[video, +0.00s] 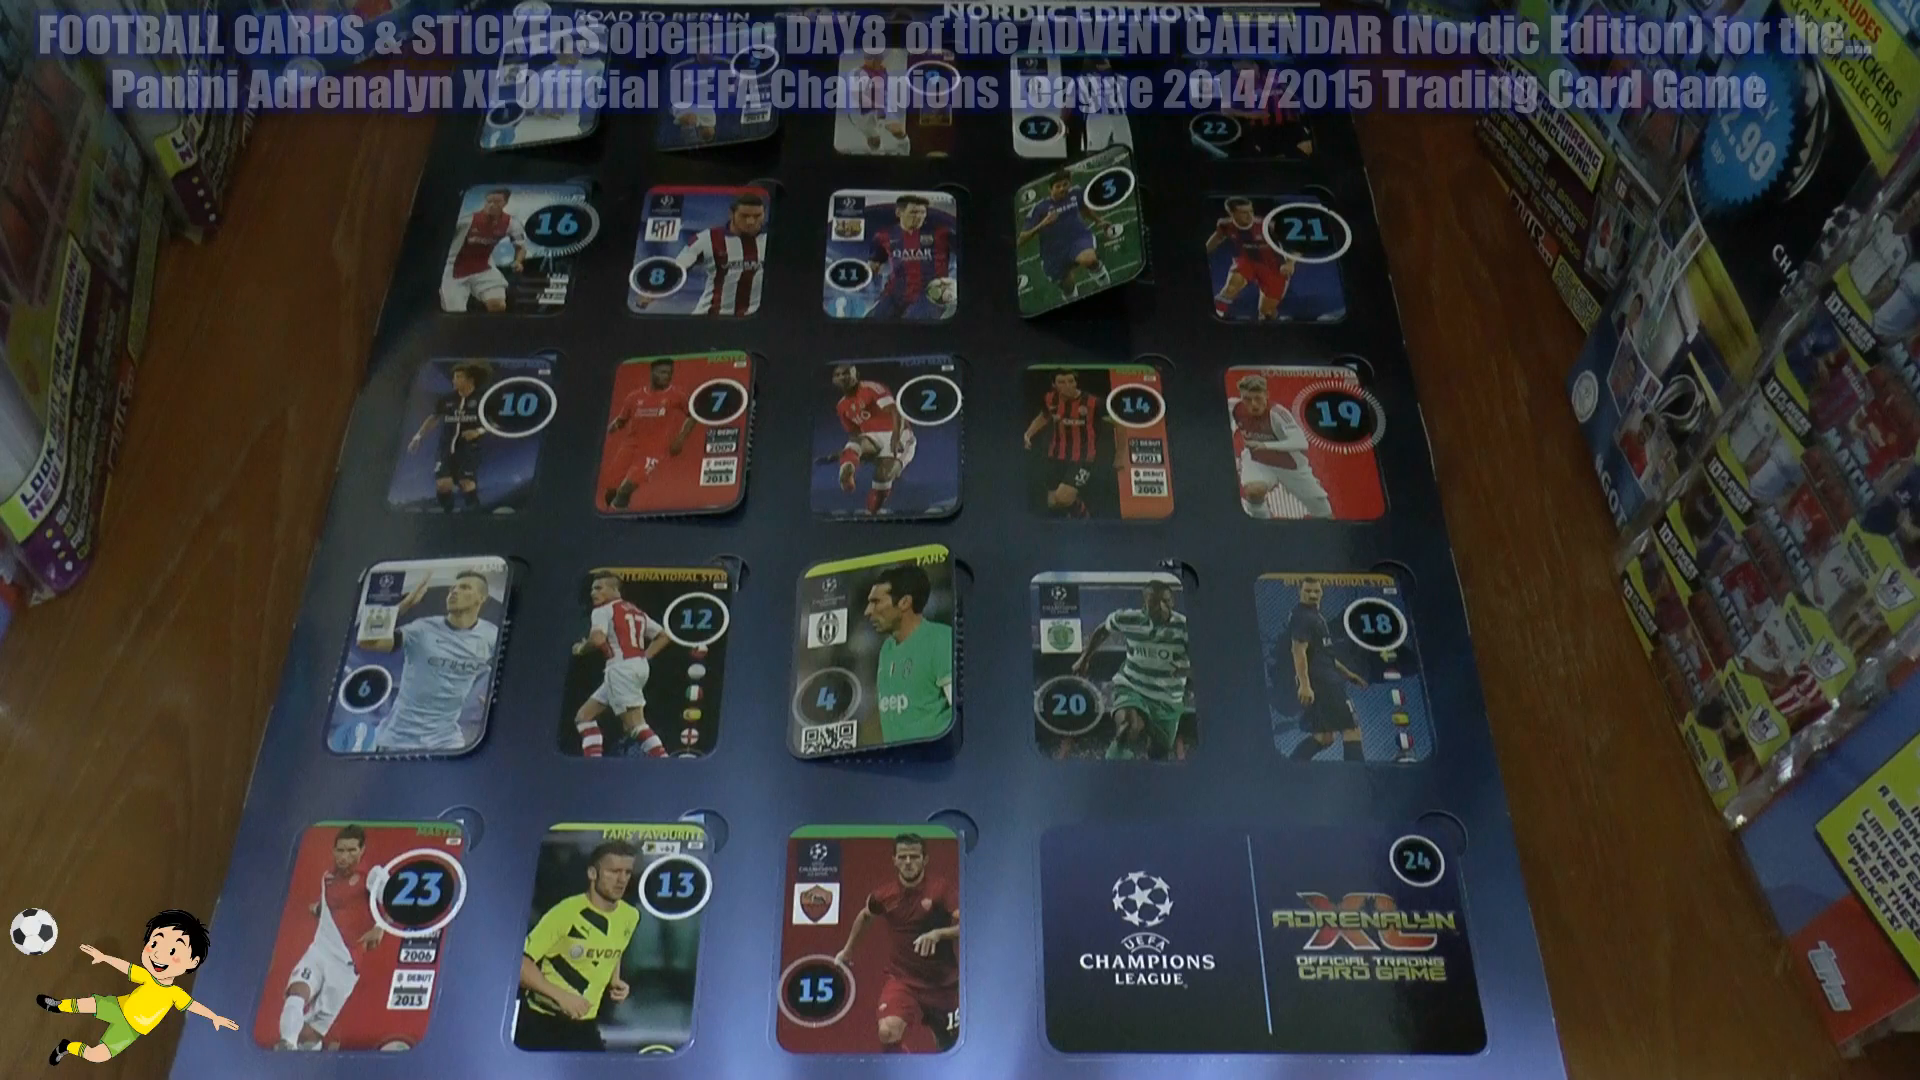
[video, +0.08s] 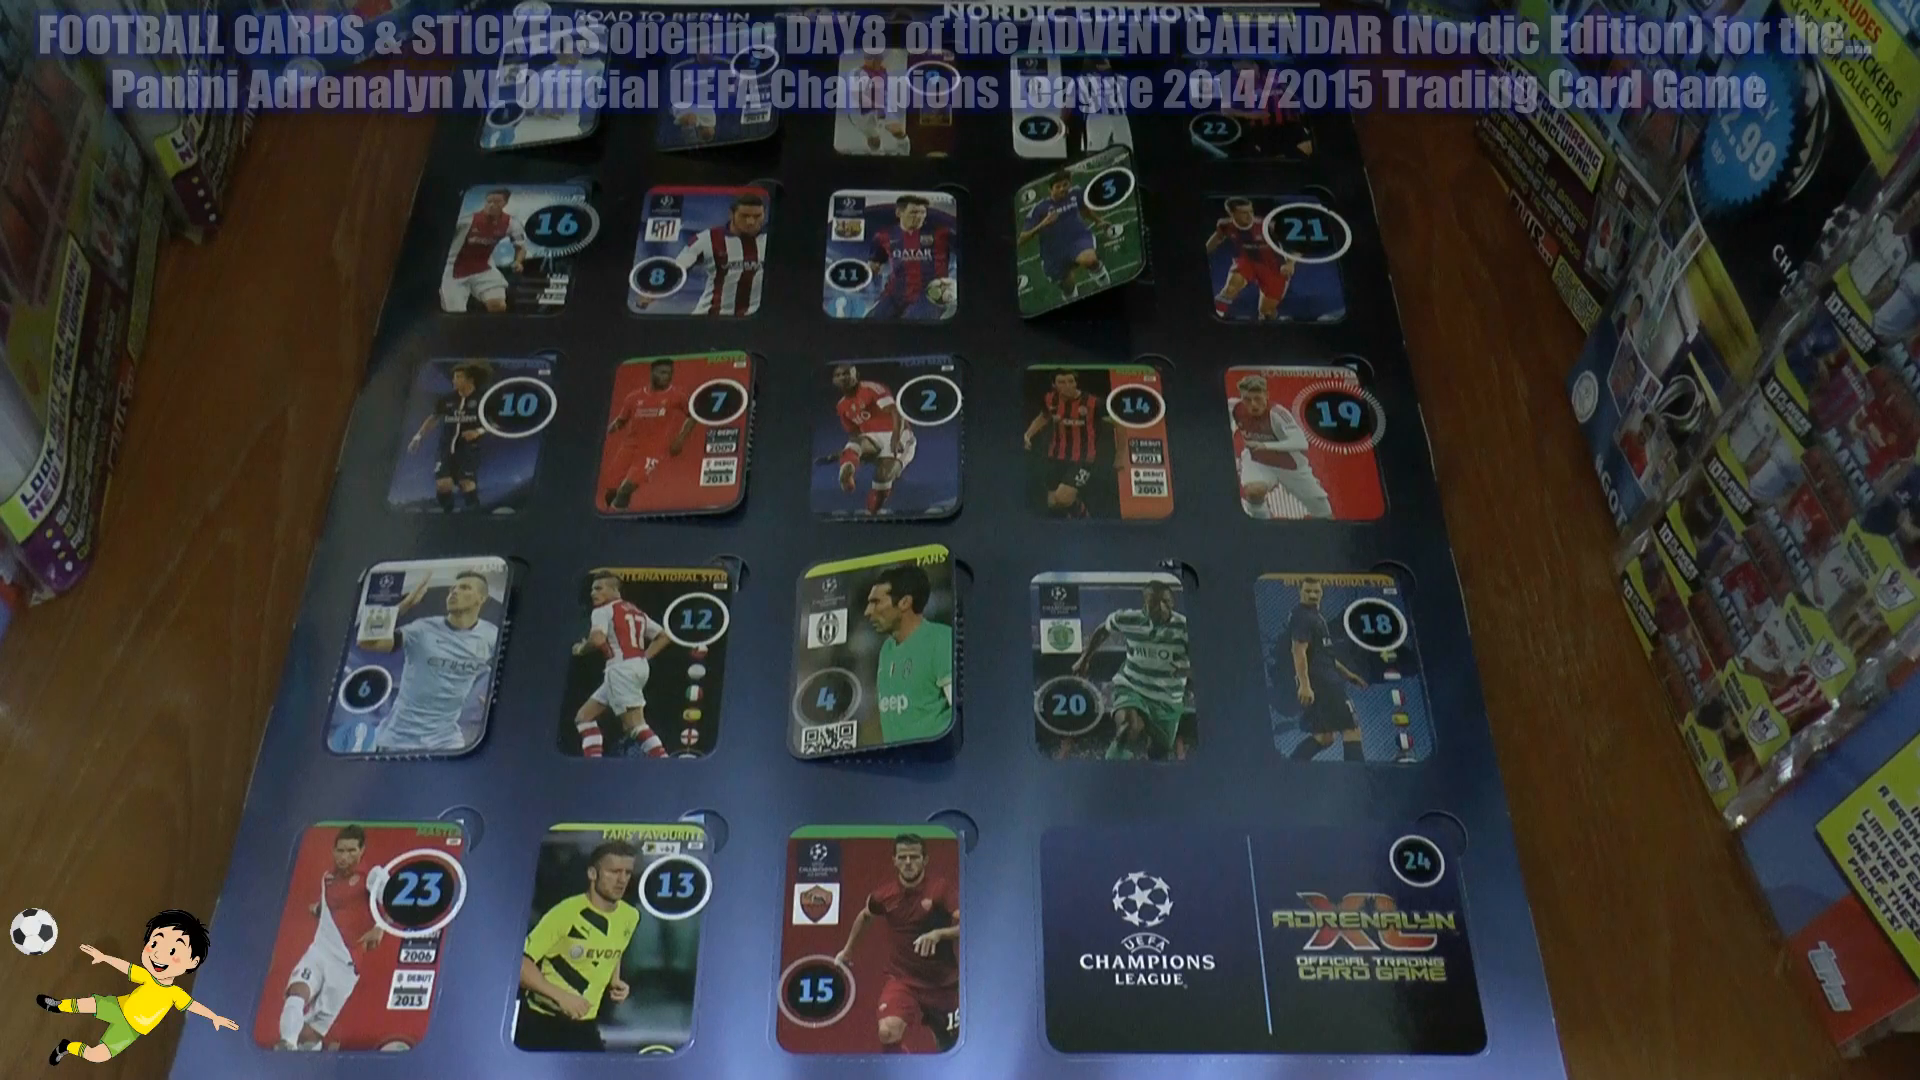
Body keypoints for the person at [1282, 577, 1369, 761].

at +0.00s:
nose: (1312, 595)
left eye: (1316, 591)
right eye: (1308, 591)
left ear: (1321, 593)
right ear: (1300, 592)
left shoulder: (1317, 616)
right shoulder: (1302, 616)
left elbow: (1326, 656)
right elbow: (1298, 650)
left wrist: (1349, 675)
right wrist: (1304, 684)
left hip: (1321, 683)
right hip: (1327, 684)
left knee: (1323, 737)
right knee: (1352, 731)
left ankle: (1288, 771)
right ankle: (1358, 786)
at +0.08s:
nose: (1312, 595)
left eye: (1316, 592)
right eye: (1308, 591)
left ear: (1321, 593)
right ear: (1300, 592)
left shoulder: (1317, 616)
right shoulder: (1302, 616)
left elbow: (1326, 656)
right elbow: (1298, 650)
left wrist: (1349, 675)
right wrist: (1304, 684)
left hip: (1321, 683)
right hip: (1327, 683)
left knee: (1324, 737)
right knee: (1352, 731)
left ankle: (1288, 770)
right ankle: (1358, 786)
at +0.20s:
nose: (1312, 595)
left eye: (1316, 592)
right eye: (1308, 592)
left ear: (1321, 594)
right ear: (1301, 593)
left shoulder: (1317, 617)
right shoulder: (1301, 617)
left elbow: (1327, 657)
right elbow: (1298, 651)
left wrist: (1349, 675)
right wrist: (1304, 685)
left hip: (1320, 683)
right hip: (1327, 684)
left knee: (1324, 738)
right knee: (1352, 731)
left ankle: (1288, 770)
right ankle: (1358, 783)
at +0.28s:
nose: (1313, 595)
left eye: (1316, 592)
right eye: (1308, 591)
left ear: (1321, 594)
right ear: (1301, 593)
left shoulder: (1317, 616)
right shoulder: (1301, 616)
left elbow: (1327, 656)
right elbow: (1298, 651)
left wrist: (1348, 675)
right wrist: (1304, 684)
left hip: (1321, 683)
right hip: (1327, 683)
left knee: (1324, 738)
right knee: (1352, 732)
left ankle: (1288, 771)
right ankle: (1358, 786)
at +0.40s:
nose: (1313, 595)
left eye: (1316, 592)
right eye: (1308, 591)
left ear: (1321, 594)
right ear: (1301, 593)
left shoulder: (1317, 617)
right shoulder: (1301, 616)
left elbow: (1326, 656)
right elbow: (1298, 650)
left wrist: (1348, 675)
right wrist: (1304, 684)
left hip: (1321, 683)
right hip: (1327, 684)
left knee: (1324, 738)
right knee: (1352, 732)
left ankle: (1288, 771)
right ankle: (1358, 786)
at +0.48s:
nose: (1312, 595)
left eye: (1316, 592)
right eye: (1308, 591)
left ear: (1321, 593)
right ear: (1301, 592)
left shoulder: (1318, 616)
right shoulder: (1301, 616)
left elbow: (1326, 656)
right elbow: (1298, 650)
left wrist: (1349, 675)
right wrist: (1304, 685)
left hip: (1321, 683)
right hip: (1327, 683)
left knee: (1324, 738)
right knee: (1352, 732)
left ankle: (1288, 771)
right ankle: (1358, 786)